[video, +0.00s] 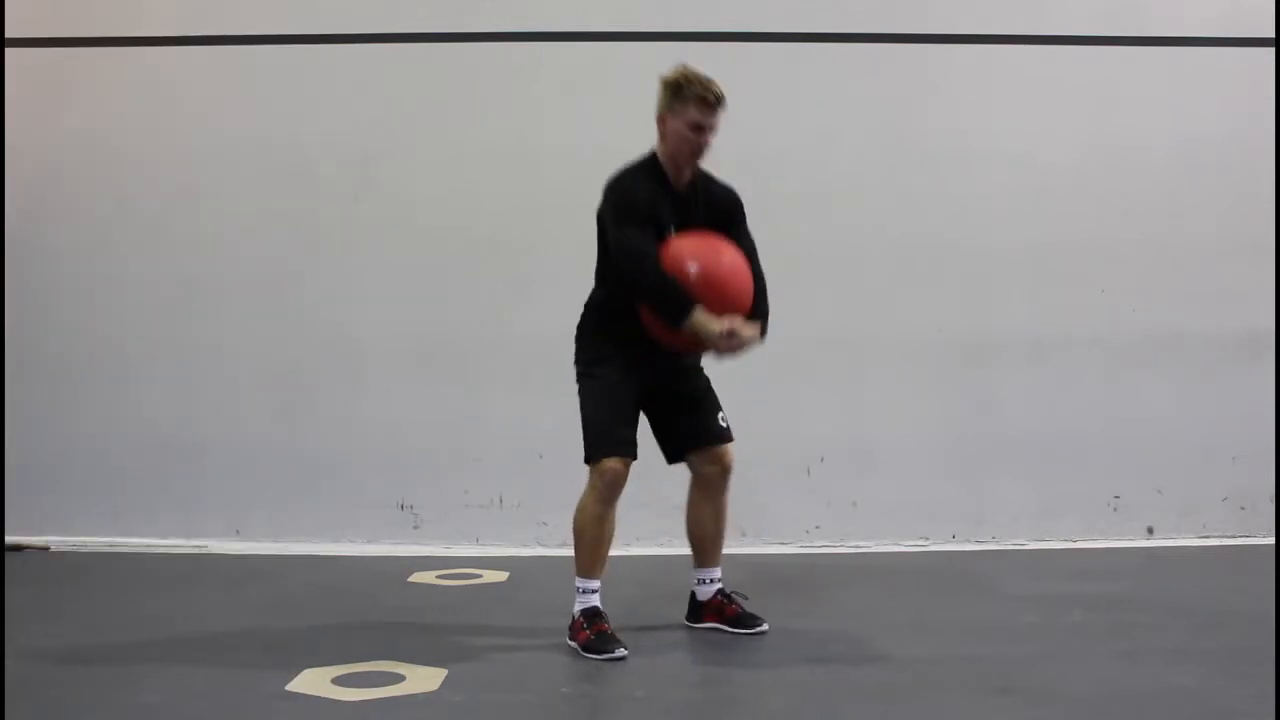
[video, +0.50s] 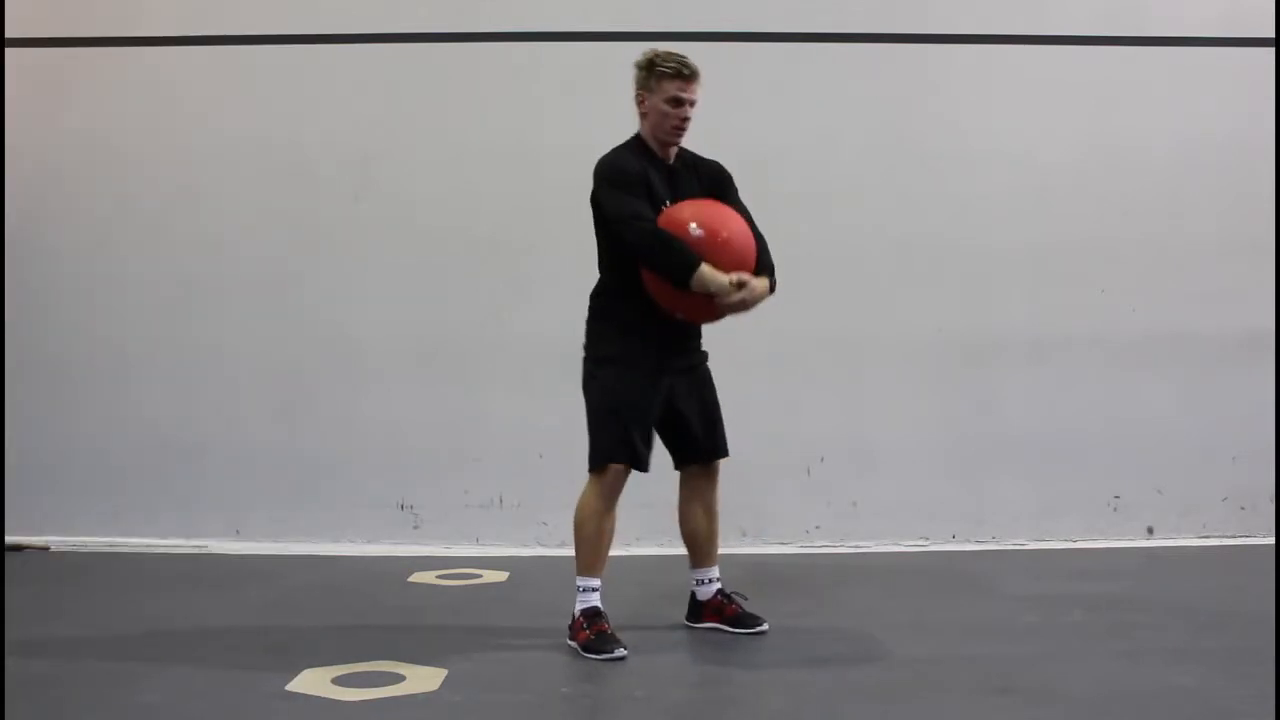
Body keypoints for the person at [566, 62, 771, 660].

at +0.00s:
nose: (703, 140)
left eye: (711, 130)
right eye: (694, 128)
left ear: (717, 130)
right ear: (662, 123)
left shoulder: (720, 201)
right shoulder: (627, 191)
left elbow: (750, 276)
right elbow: (633, 270)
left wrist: (752, 324)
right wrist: (698, 319)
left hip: (673, 347)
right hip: (611, 343)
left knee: (715, 460)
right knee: (610, 469)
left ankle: (708, 598)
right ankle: (586, 611)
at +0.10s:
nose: (684, 116)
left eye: (691, 106)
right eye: (672, 105)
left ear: (696, 109)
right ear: (642, 105)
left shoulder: (710, 177)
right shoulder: (615, 173)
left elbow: (752, 246)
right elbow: (639, 241)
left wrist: (758, 282)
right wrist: (713, 283)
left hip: (680, 338)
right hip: (618, 339)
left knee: (703, 460)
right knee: (612, 468)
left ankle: (707, 597)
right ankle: (587, 611)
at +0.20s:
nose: (673, 115)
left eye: (680, 105)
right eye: (662, 103)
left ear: (686, 107)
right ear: (632, 103)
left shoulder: (704, 175)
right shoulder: (610, 172)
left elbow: (752, 236)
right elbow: (638, 233)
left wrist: (764, 267)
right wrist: (714, 268)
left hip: (685, 337)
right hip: (622, 339)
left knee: (706, 462)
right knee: (616, 468)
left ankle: (707, 598)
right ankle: (587, 612)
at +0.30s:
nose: (667, 117)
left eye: (674, 107)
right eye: (657, 106)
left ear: (679, 111)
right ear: (626, 107)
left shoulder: (697, 177)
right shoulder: (606, 175)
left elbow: (751, 233)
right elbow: (640, 232)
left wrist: (762, 263)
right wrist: (723, 264)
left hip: (688, 340)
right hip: (626, 343)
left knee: (714, 462)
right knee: (620, 471)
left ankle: (708, 598)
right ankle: (588, 612)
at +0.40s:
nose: (669, 116)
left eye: (676, 106)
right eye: (658, 105)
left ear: (681, 109)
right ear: (627, 106)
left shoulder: (699, 176)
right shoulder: (607, 175)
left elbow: (751, 235)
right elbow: (640, 232)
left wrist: (764, 266)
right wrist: (720, 268)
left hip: (688, 342)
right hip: (627, 345)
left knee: (711, 463)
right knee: (619, 471)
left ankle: (708, 598)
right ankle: (588, 612)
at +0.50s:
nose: (683, 115)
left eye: (690, 105)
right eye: (672, 103)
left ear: (696, 107)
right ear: (641, 102)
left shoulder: (710, 175)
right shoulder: (617, 171)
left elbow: (753, 243)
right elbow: (640, 238)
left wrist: (760, 282)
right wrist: (713, 281)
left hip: (681, 340)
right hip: (620, 340)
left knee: (702, 463)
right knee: (611, 468)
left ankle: (708, 597)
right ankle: (587, 611)